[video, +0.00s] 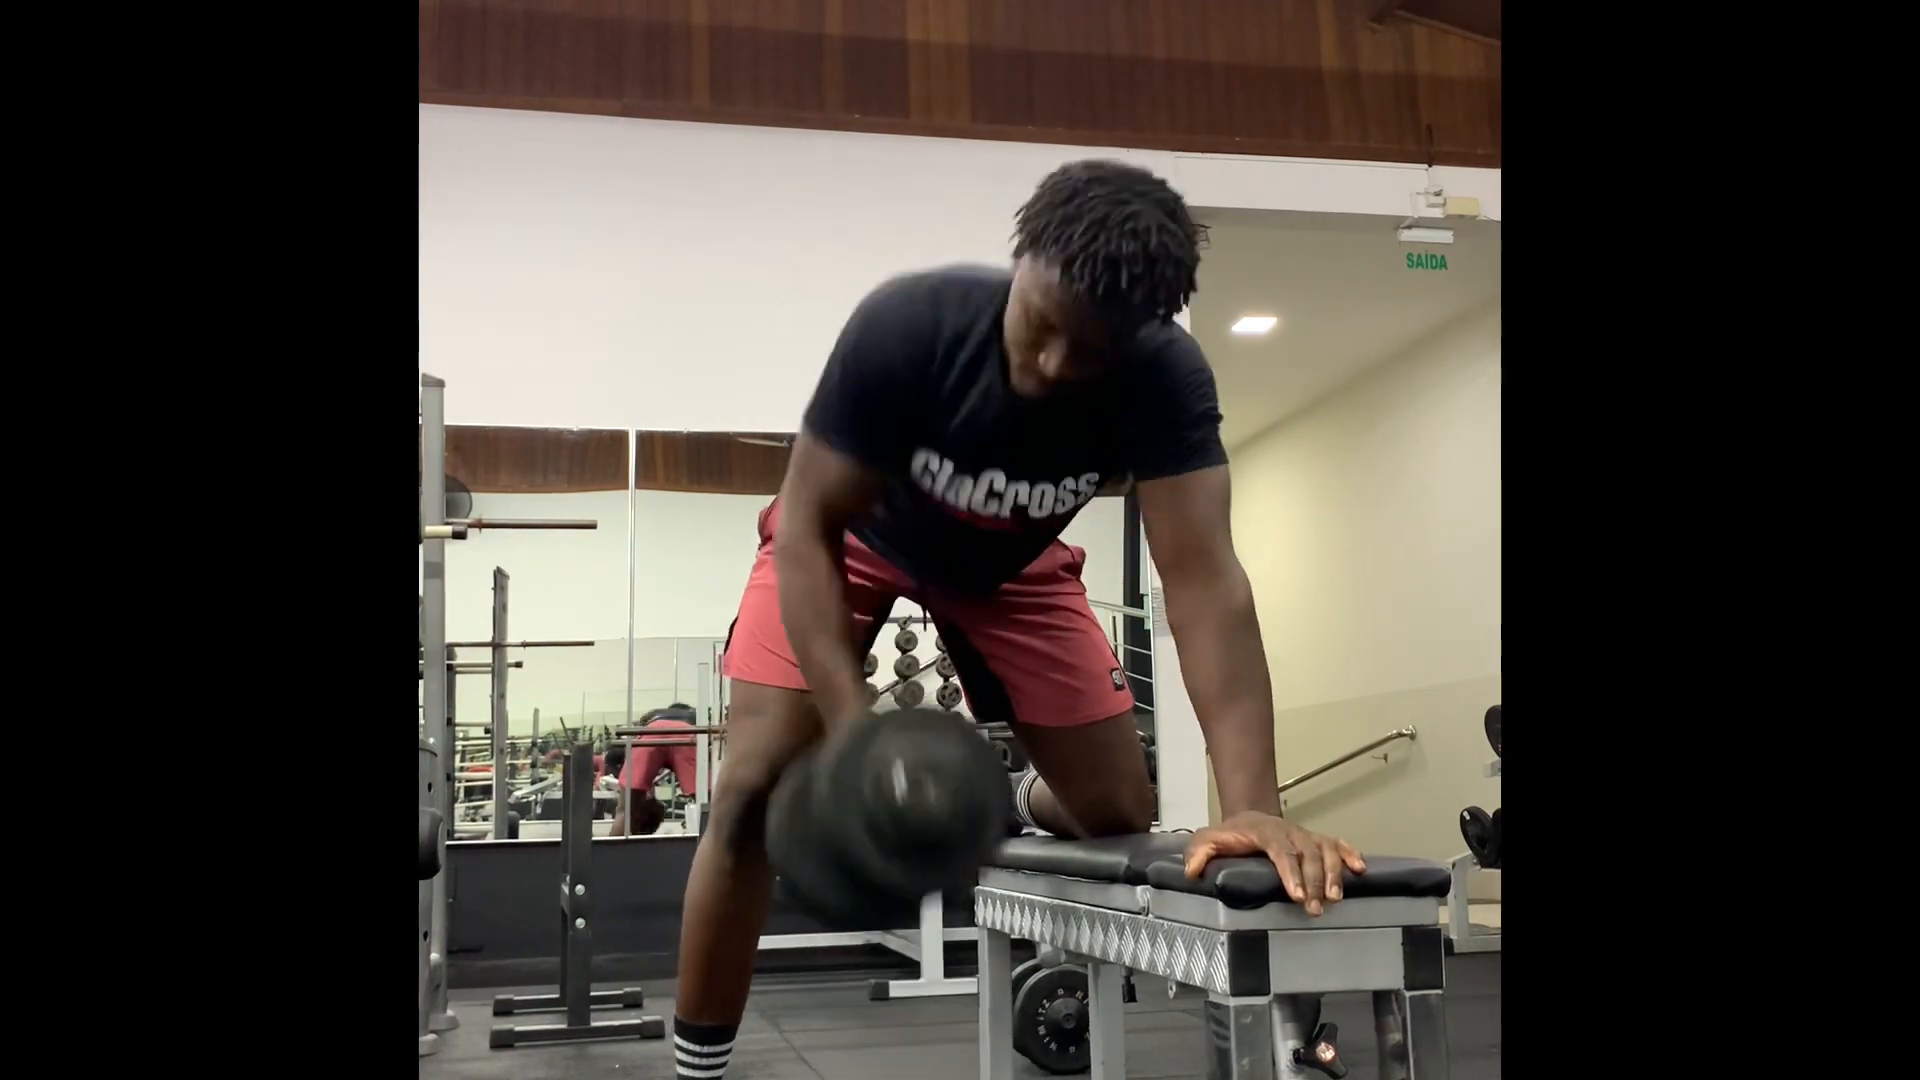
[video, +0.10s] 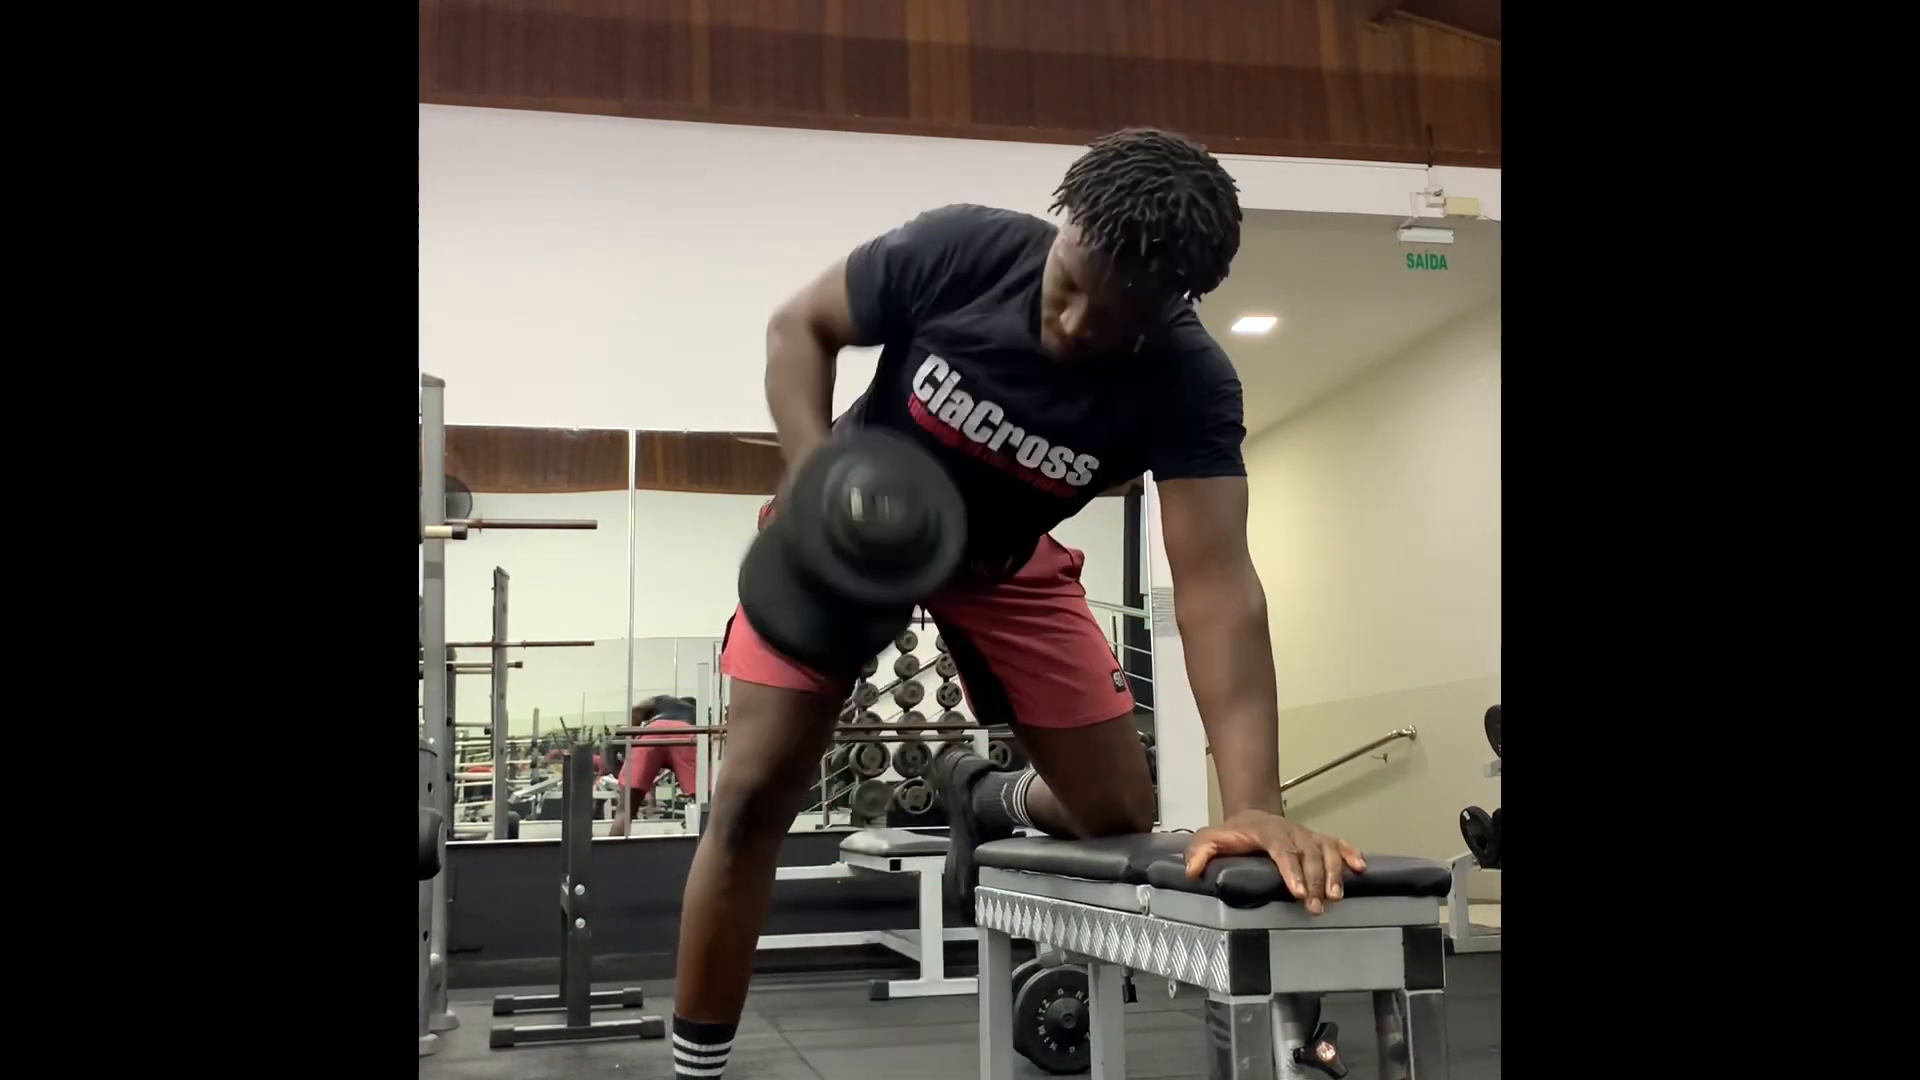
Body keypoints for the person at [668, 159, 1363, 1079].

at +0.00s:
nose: (1055, 363)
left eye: (1089, 346)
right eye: (1041, 327)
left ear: (1141, 328)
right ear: (1018, 267)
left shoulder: (1163, 376)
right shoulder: (904, 327)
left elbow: (1204, 577)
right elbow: (804, 522)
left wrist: (1251, 806)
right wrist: (854, 742)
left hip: (1017, 567)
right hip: (852, 537)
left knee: (1118, 812)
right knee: (748, 788)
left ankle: (1006, 806)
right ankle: (697, 1072)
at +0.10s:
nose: (1072, 324)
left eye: (1109, 316)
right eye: (1066, 287)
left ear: (1173, 307)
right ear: (1061, 228)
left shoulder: (1188, 382)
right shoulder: (959, 252)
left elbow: (1218, 587)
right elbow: (800, 323)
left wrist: (1254, 805)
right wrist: (814, 479)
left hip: (1013, 566)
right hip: (861, 519)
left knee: (1119, 814)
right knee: (751, 792)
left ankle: (988, 800)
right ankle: (694, 1071)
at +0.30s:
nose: (1069, 370)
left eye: (1103, 352)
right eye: (1055, 332)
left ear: (1155, 333)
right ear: (1035, 270)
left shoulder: (1168, 392)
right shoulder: (935, 294)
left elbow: (1205, 583)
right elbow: (780, 393)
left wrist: (1251, 805)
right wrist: (817, 558)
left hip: (1015, 569)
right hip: (850, 530)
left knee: (1119, 814)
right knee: (745, 796)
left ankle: (986, 802)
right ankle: (694, 1073)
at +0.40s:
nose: (1054, 416)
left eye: (1085, 396)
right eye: (1036, 381)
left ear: (1132, 362)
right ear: (1002, 319)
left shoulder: (1151, 392)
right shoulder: (895, 366)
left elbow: (1196, 582)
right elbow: (793, 552)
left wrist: (1252, 804)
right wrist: (833, 768)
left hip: (1019, 570)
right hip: (851, 544)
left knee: (1119, 814)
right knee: (748, 782)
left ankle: (988, 800)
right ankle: (695, 1069)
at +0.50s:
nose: (1050, 474)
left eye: (1073, 451)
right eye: (1022, 448)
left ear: (1110, 405)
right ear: (969, 387)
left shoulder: (1123, 398)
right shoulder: (870, 453)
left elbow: (1187, 582)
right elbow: (833, 695)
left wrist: (1253, 804)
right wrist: (865, 953)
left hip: (1018, 567)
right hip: (839, 558)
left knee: (1120, 814)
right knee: (743, 794)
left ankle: (988, 796)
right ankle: (695, 1071)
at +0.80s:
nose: (1025, 447)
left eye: (1052, 427)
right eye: (1003, 419)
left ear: (1098, 390)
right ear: (967, 358)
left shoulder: (1131, 390)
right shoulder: (873, 427)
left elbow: (1194, 583)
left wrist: (1253, 805)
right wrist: (865, 946)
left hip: (1017, 563)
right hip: (840, 552)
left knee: (1120, 810)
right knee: (741, 791)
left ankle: (989, 794)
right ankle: (694, 1074)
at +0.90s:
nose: (1035, 332)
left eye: (1075, 325)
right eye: (1032, 292)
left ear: (1141, 321)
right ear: (1027, 242)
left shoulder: (1166, 383)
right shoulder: (926, 282)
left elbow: (1204, 578)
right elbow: (798, 446)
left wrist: (1252, 804)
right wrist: (819, 641)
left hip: (1007, 572)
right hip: (842, 538)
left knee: (1120, 816)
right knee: (740, 794)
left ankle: (986, 800)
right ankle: (694, 1073)